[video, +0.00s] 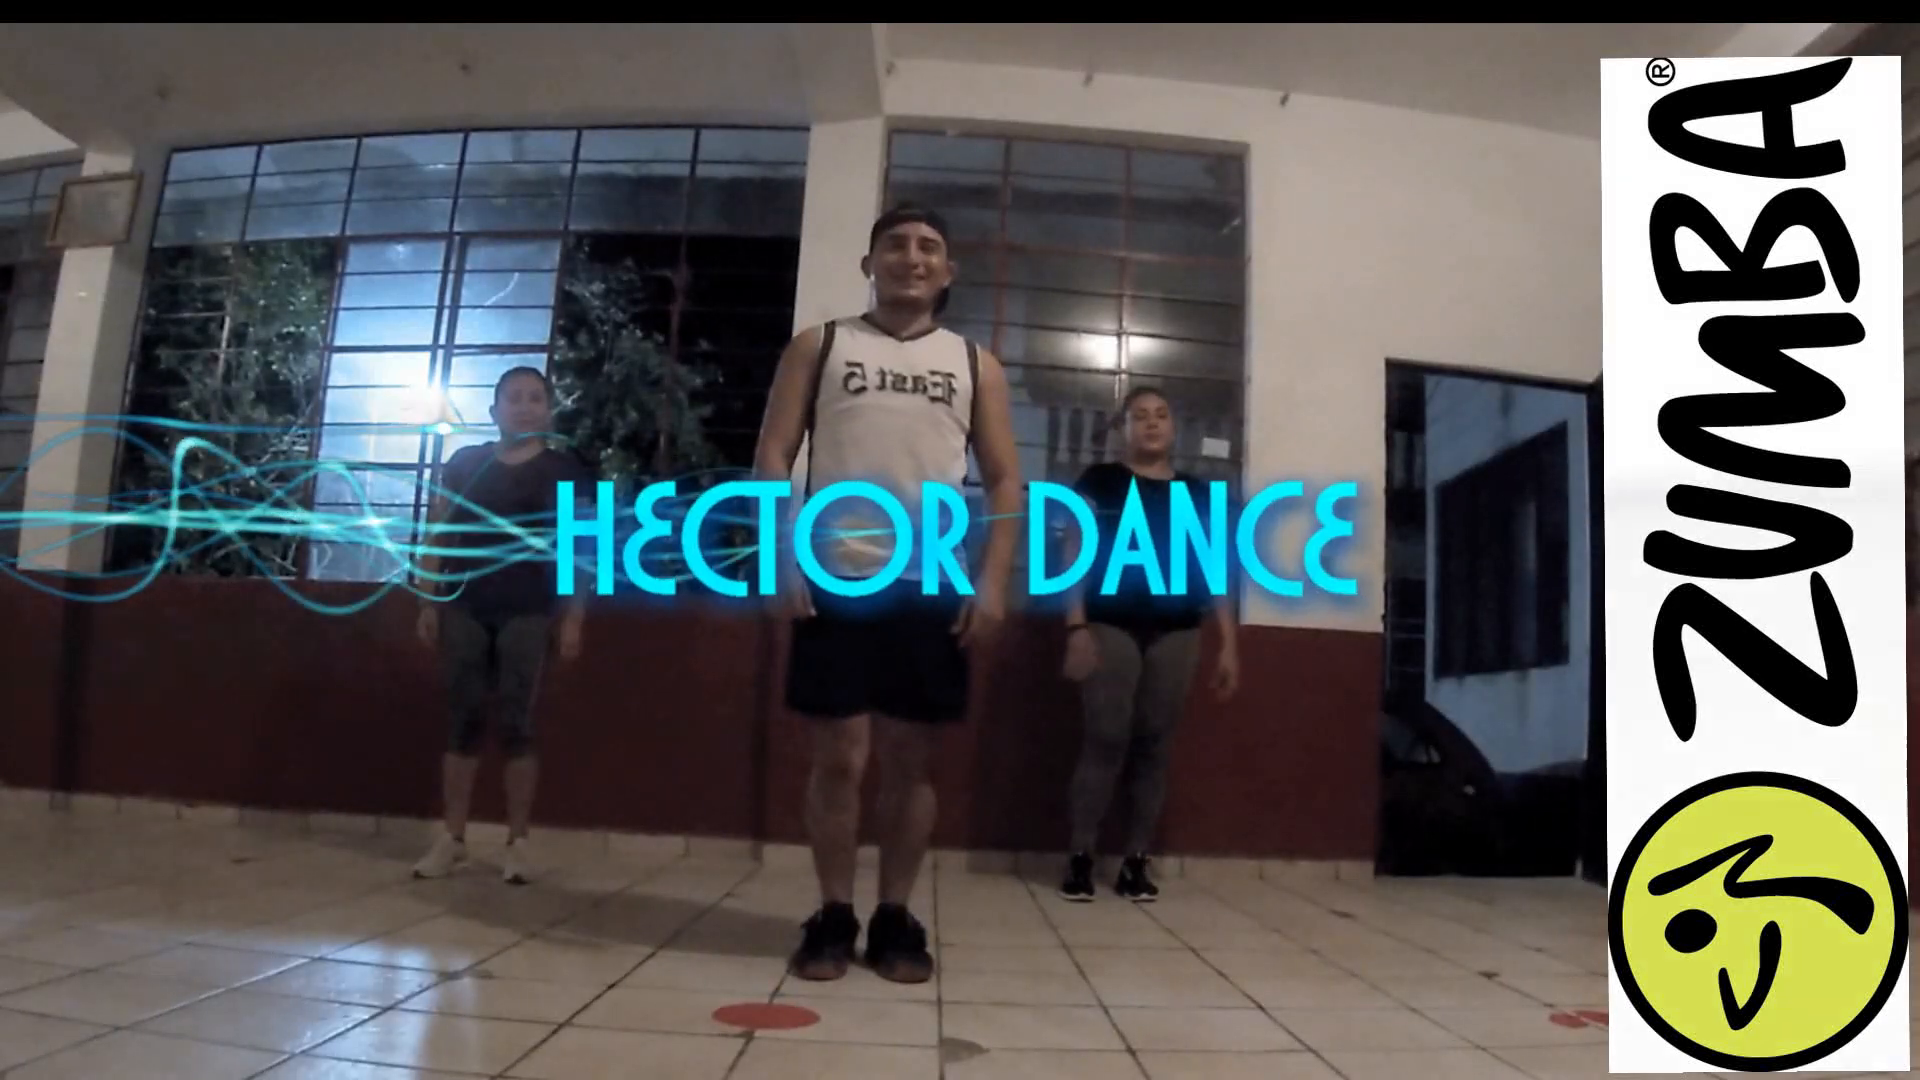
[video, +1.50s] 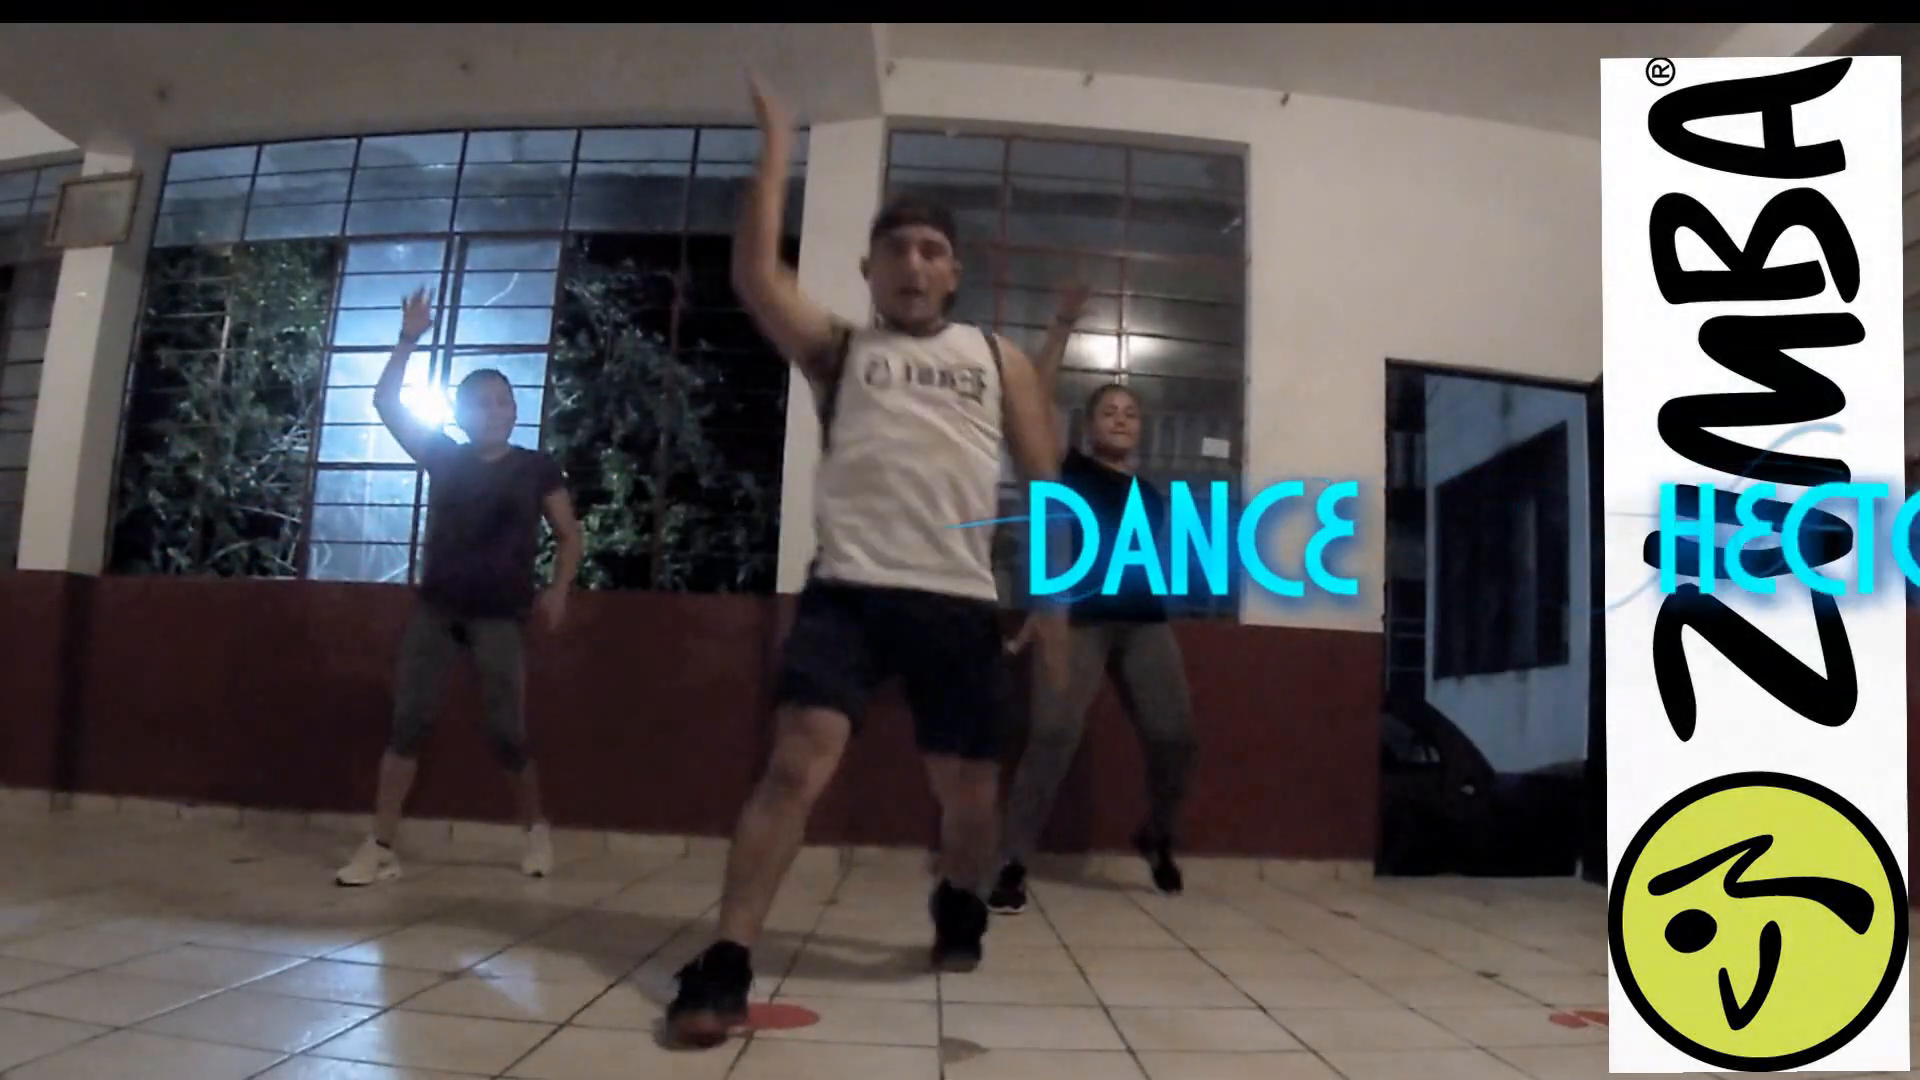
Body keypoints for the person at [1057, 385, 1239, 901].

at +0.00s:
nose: (1151, 425)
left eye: (1159, 417)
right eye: (1141, 418)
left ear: (1174, 429)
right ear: (1124, 429)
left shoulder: (1193, 491)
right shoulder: (1099, 482)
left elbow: (1216, 575)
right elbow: (1074, 556)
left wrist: (1228, 645)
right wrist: (1077, 627)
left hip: (1175, 634)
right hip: (1110, 632)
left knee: (1155, 749)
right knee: (1104, 743)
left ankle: (1137, 860)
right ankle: (1081, 856)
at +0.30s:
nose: (1148, 421)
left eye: (1157, 414)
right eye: (1138, 414)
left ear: (1170, 426)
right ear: (1120, 425)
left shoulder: (1190, 489)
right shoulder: (1090, 486)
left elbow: (1212, 570)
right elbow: (1067, 565)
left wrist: (1178, 609)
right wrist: (1121, 606)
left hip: (1169, 629)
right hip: (1102, 627)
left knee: (1155, 746)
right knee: (1106, 736)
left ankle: (1137, 858)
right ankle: (1086, 856)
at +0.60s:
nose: (1147, 417)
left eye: (1156, 409)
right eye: (1137, 409)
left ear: (1170, 420)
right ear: (1119, 421)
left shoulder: (1191, 473)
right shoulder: (1093, 477)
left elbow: (1261, 460)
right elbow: (1061, 548)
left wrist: (1239, 399)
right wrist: (1069, 611)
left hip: (1176, 623)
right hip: (1108, 623)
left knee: (1190, 734)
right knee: (1100, 739)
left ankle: (1188, 865)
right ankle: (1092, 857)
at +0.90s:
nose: (1157, 419)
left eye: (1166, 411)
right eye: (1146, 413)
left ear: (1181, 423)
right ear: (1127, 427)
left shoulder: (1207, 474)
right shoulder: (1110, 483)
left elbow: (1255, 403)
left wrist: (1294, 329)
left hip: (1197, 622)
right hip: (1121, 619)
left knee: (1209, 736)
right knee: (1067, 718)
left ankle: (1215, 873)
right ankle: (1071, 850)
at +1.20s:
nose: (1129, 424)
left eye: (1140, 417)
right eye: (1120, 414)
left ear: (1151, 431)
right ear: (1099, 424)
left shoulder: (1164, 489)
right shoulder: (1071, 477)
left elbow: (1226, 527)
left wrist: (1239, 470)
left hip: (1150, 623)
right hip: (1074, 621)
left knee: (1184, 741)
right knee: (1051, 744)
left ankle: (1211, 874)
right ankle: (1016, 876)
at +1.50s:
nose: (1120, 420)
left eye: (1128, 414)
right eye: (1109, 412)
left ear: (1141, 427)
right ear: (1088, 424)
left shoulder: (1155, 492)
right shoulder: (1065, 476)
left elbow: (1177, 554)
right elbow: (1036, 403)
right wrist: (1061, 327)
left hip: (1145, 623)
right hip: (1077, 621)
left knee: (1172, 730)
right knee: (1055, 734)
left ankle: (1159, 837)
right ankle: (1012, 860)